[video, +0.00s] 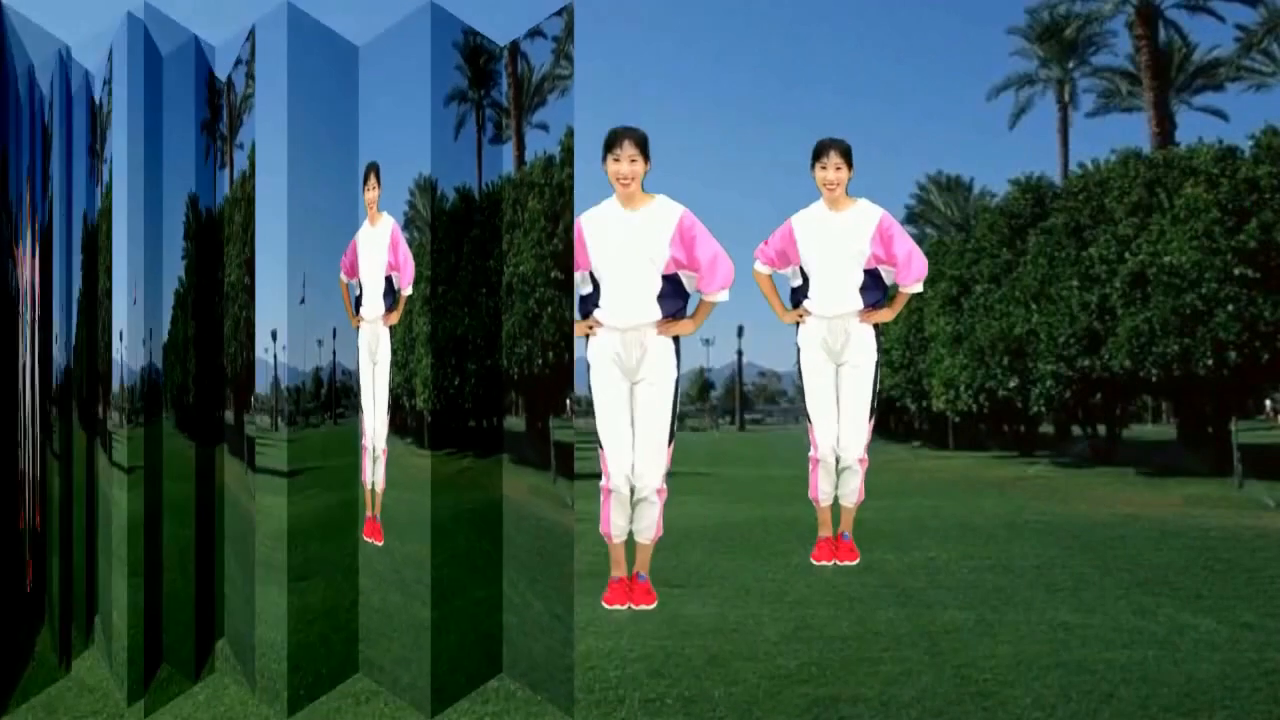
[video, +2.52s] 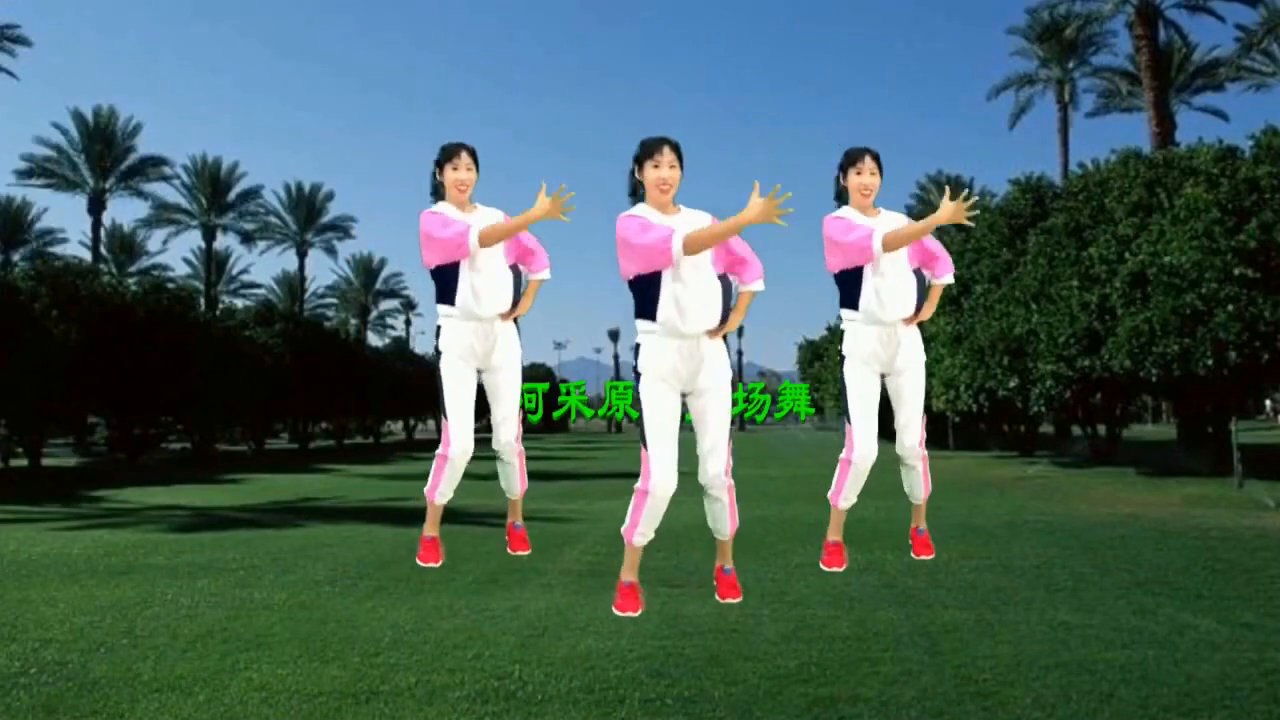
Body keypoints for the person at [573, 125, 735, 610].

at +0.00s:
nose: (625, 168)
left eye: (633, 159)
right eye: (616, 159)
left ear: (646, 165)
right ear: (605, 166)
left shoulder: (672, 216)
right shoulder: (587, 225)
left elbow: (720, 269)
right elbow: (562, 278)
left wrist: (694, 321)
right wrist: (573, 320)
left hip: (657, 347)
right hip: (606, 348)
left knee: (651, 468)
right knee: (616, 466)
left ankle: (641, 574)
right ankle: (617, 574)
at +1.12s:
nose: (630, 168)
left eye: (636, 162)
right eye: (620, 161)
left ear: (645, 172)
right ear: (603, 172)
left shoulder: (671, 218)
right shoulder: (591, 233)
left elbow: (716, 272)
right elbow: (553, 294)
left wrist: (698, 327)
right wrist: (578, 276)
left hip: (661, 349)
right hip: (611, 350)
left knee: (657, 463)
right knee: (616, 465)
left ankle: (661, 536)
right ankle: (611, 574)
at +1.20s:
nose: (632, 160)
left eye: (638, 152)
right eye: (622, 152)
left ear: (647, 161)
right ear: (604, 160)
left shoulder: (671, 205)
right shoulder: (591, 216)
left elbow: (720, 256)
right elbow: (555, 268)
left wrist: (703, 310)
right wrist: (586, 213)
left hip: (667, 338)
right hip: (617, 342)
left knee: (673, 458)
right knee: (619, 461)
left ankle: (682, 532)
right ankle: (611, 575)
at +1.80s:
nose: (644, 141)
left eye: (650, 133)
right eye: (635, 134)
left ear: (660, 138)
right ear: (617, 143)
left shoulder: (690, 177)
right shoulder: (613, 188)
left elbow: (739, 223)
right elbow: (605, 222)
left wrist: (723, 281)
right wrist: (612, 162)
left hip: (688, 306)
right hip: (639, 308)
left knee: (694, 447)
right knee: (632, 442)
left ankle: (688, 493)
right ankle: (622, 561)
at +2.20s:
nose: (653, 151)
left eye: (657, 141)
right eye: (643, 142)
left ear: (667, 148)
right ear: (626, 152)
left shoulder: (697, 196)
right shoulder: (617, 200)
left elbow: (737, 249)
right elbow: (656, 217)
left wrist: (722, 298)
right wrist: (650, 150)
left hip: (690, 320)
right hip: (640, 320)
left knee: (701, 457)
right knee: (634, 456)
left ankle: (698, 528)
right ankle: (626, 571)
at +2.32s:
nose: (658, 156)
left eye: (666, 149)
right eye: (649, 148)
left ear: (677, 157)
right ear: (632, 155)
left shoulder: (701, 199)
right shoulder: (622, 203)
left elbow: (743, 249)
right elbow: (676, 212)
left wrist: (731, 296)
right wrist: (710, 158)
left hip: (704, 320)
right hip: (655, 324)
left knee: (715, 451)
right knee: (652, 459)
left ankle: (726, 560)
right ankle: (630, 573)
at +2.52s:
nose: (665, 173)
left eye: (672, 166)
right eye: (655, 166)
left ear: (681, 174)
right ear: (639, 174)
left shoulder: (704, 221)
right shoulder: (630, 224)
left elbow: (752, 272)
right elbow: (683, 244)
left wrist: (730, 324)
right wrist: (745, 219)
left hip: (709, 353)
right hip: (658, 355)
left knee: (715, 471)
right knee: (660, 477)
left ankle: (725, 566)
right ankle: (629, 577)